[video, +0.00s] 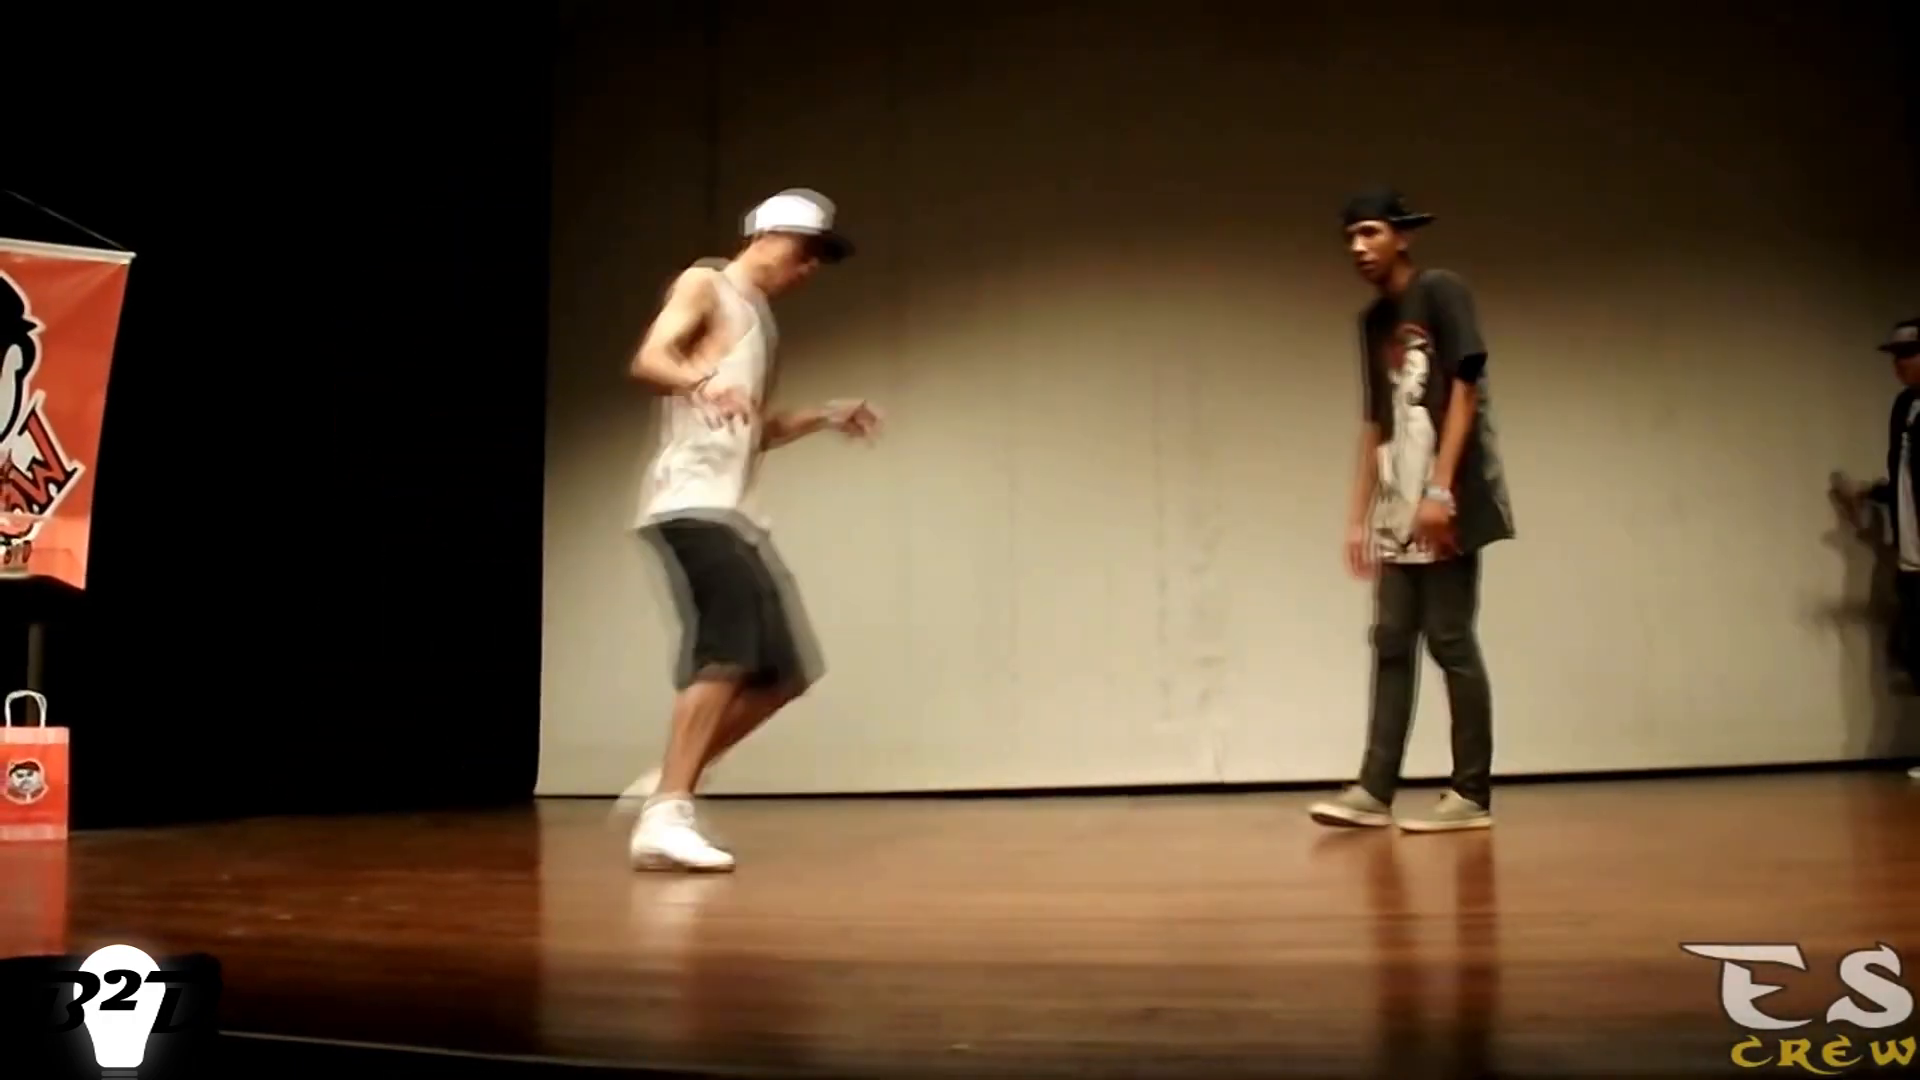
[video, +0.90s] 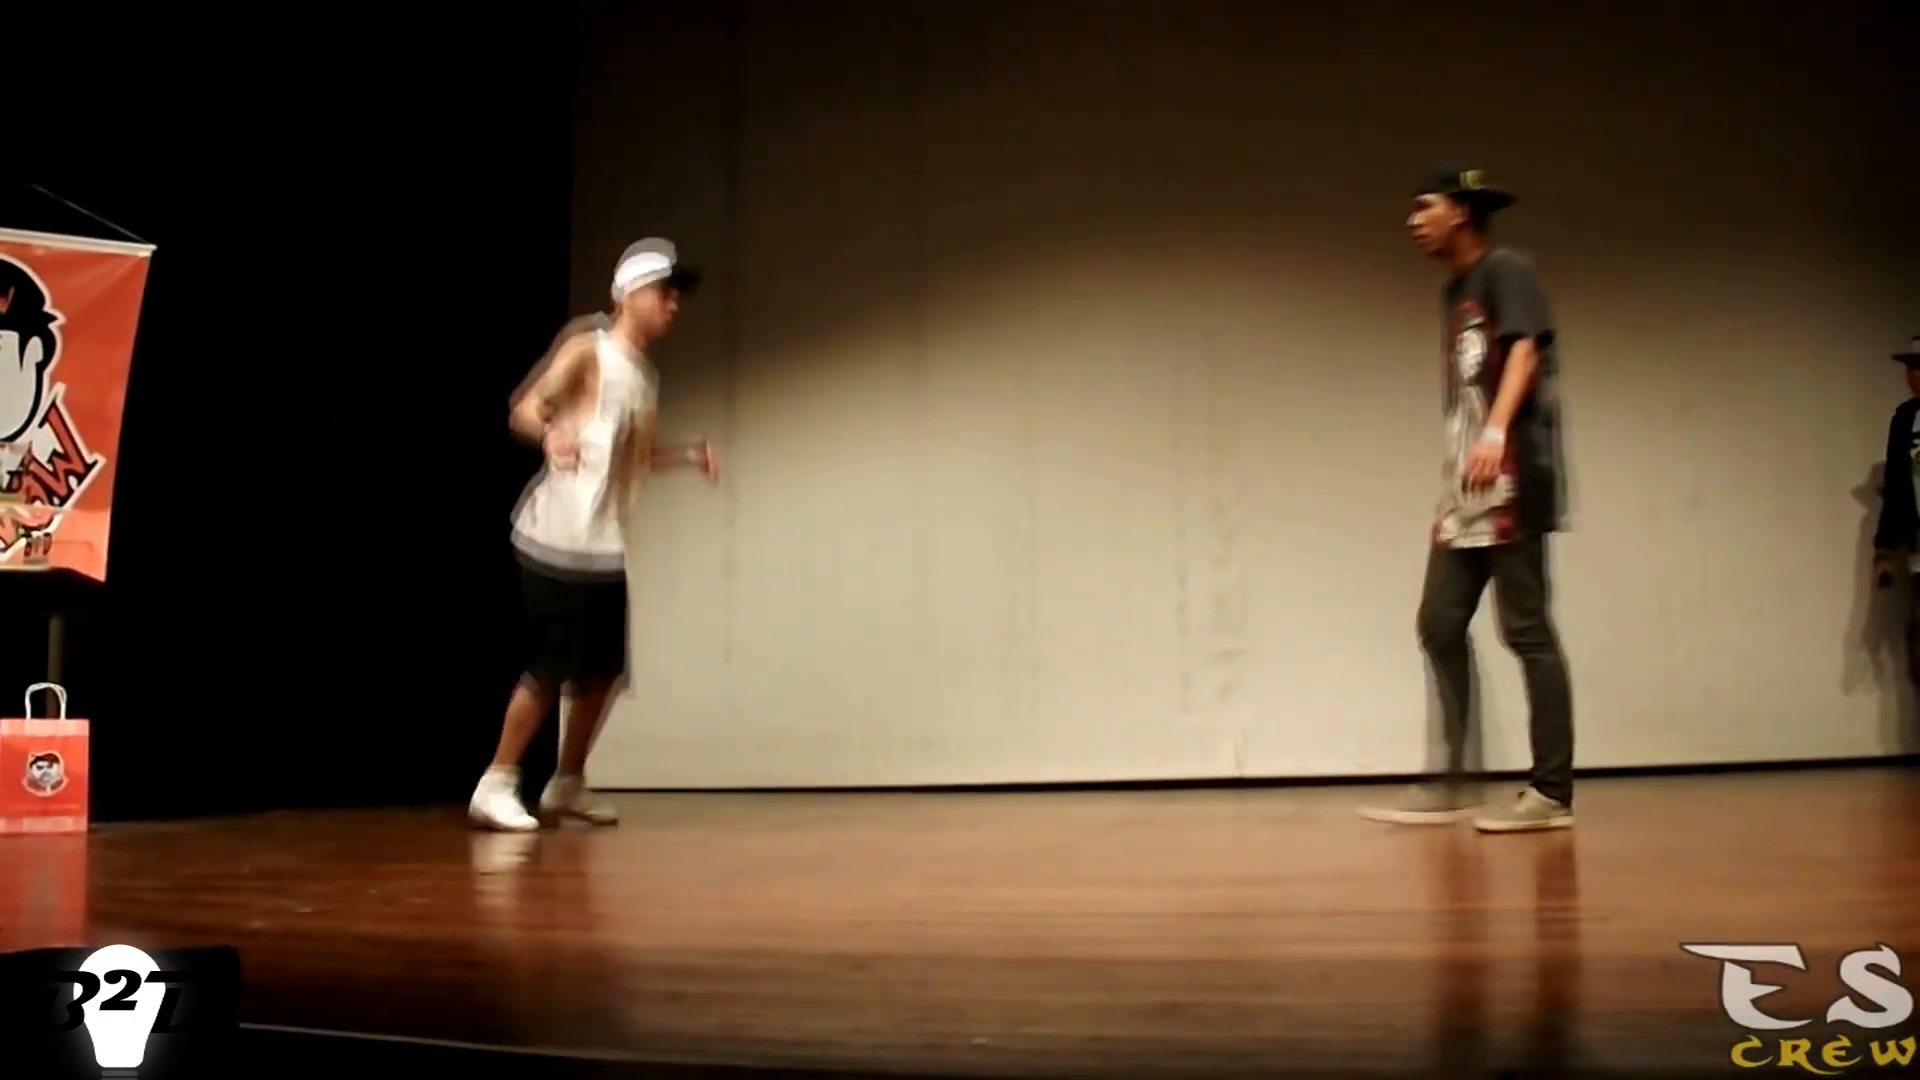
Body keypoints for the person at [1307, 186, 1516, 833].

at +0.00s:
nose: (1359, 247)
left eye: (1370, 233)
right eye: (1352, 238)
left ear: (1402, 237)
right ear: (1352, 248)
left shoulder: (1441, 293)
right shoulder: (1372, 321)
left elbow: (1464, 393)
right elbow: (1375, 425)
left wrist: (1441, 491)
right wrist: (1359, 519)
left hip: (1451, 502)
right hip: (1398, 506)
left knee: (1451, 641)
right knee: (1391, 641)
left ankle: (1471, 794)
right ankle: (1375, 790)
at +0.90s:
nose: (1414, 221)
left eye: (1426, 208)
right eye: (1415, 210)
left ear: (1464, 214)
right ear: (1443, 221)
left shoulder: (1505, 271)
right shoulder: (1459, 292)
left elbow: (1525, 354)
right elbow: (1465, 399)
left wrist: (1494, 432)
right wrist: (1449, 498)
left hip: (1515, 488)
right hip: (1469, 492)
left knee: (1528, 630)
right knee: (1440, 624)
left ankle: (1552, 790)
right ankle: (1451, 788)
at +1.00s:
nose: (1435, 214)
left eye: (1447, 203)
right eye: (1438, 204)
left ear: (1484, 209)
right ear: (1473, 213)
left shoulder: (1524, 268)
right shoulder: (1484, 285)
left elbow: (1537, 353)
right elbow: (1498, 382)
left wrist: (1502, 431)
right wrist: (1488, 461)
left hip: (1534, 481)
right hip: (1492, 481)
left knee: (1541, 629)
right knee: (1455, 619)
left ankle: (1553, 793)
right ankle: (1532, 761)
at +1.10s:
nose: (1458, 211)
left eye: (1470, 200)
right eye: (1460, 201)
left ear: (1505, 208)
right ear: (1494, 211)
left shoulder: (1543, 269)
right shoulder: (1503, 283)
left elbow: (1563, 364)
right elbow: (1504, 398)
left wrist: (1541, 453)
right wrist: (1488, 497)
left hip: (1544, 488)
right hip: (1507, 491)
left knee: (1547, 629)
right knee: (1499, 627)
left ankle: (1551, 791)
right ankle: (1607, 737)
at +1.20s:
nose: (1481, 213)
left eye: (1493, 202)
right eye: (1483, 203)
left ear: (1529, 211)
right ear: (1517, 216)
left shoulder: (1564, 271)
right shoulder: (1527, 286)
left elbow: (1600, 369)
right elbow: (1526, 403)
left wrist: (1595, 471)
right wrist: (1503, 488)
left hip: (1561, 488)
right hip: (1534, 491)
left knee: (1556, 630)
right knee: (1555, 628)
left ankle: (1550, 791)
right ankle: (1663, 754)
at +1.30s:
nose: (1501, 217)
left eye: (1512, 206)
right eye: (1505, 206)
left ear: (1545, 217)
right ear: (1537, 218)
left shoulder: (1582, 276)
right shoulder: (1543, 290)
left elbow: (1637, 366)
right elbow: (1534, 403)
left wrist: (1662, 471)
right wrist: (1500, 481)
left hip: (1579, 493)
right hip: (1561, 493)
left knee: (1562, 631)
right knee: (1608, 628)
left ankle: (1549, 792)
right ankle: (1684, 770)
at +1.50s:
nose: (1534, 223)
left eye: (1546, 212)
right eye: (1537, 213)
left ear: (1582, 220)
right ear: (1571, 224)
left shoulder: (1625, 274)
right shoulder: (1573, 296)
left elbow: (1699, 347)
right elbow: (1569, 398)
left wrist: (1742, 442)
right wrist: (1515, 446)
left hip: (1625, 481)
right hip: (1612, 483)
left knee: (1566, 608)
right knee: (1654, 624)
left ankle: (1583, 776)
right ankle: (1689, 776)